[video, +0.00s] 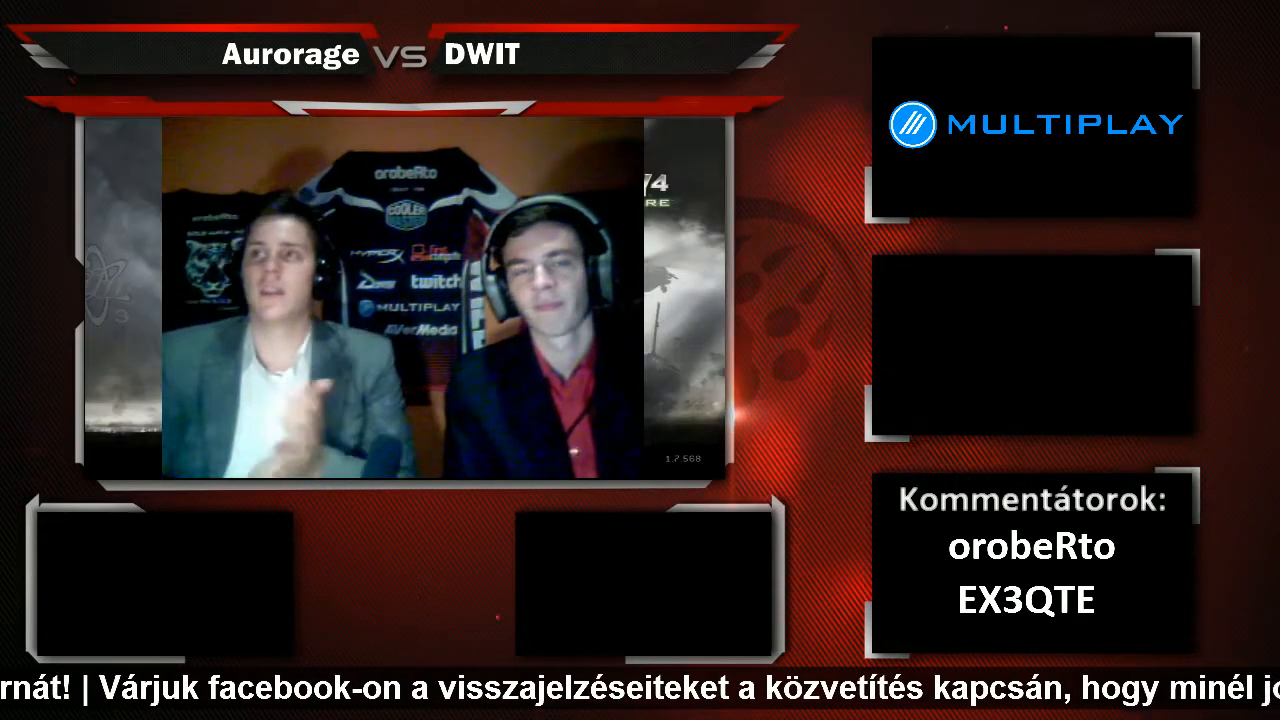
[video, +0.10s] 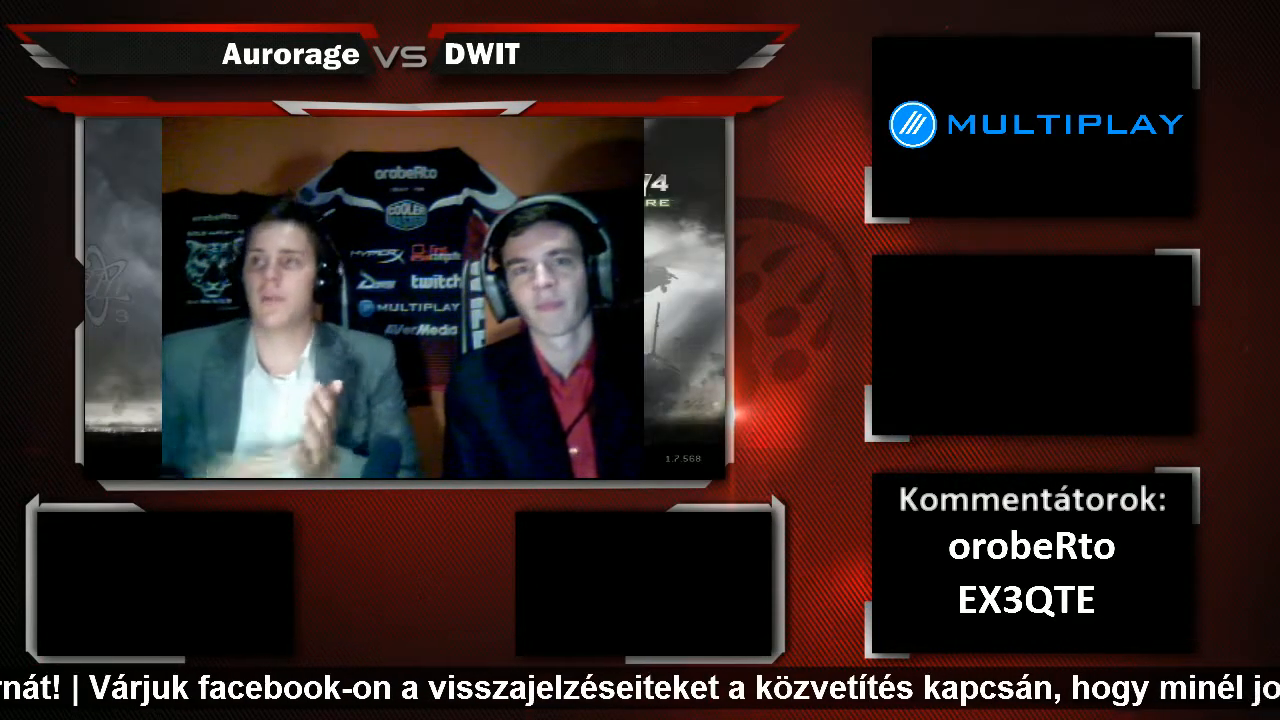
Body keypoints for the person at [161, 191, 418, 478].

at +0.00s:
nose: (270, 269)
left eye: (290, 255)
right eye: (257, 254)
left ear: (317, 272)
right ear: (242, 270)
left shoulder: (369, 357)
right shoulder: (180, 355)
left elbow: (398, 482)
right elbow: (162, 475)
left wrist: (316, 462)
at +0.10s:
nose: (269, 276)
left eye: (290, 262)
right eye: (257, 261)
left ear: (319, 278)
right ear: (243, 275)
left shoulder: (371, 359)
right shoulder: (182, 358)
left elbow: (402, 478)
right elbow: (164, 470)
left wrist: (330, 463)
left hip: (329, 532)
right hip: (218, 530)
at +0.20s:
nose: (268, 283)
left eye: (290, 268)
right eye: (257, 266)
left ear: (322, 281)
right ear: (244, 276)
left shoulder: (373, 361)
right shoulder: (183, 357)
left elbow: (406, 481)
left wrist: (329, 470)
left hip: (330, 537)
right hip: (216, 527)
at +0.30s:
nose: (271, 284)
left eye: (293, 269)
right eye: (260, 265)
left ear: (325, 282)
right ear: (248, 274)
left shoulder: (374, 362)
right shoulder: (185, 355)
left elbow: (405, 475)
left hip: (332, 539)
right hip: (214, 533)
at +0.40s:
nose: (273, 283)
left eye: (296, 268)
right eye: (263, 264)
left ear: (327, 282)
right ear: (249, 274)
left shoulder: (375, 362)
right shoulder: (185, 354)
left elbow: (406, 479)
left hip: (332, 542)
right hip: (213, 534)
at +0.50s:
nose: (272, 282)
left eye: (295, 267)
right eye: (262, 264)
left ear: (327, 281)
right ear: (248, 273)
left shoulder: (375, 362)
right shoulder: (182, 356)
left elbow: (408, 481)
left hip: (334, 543)